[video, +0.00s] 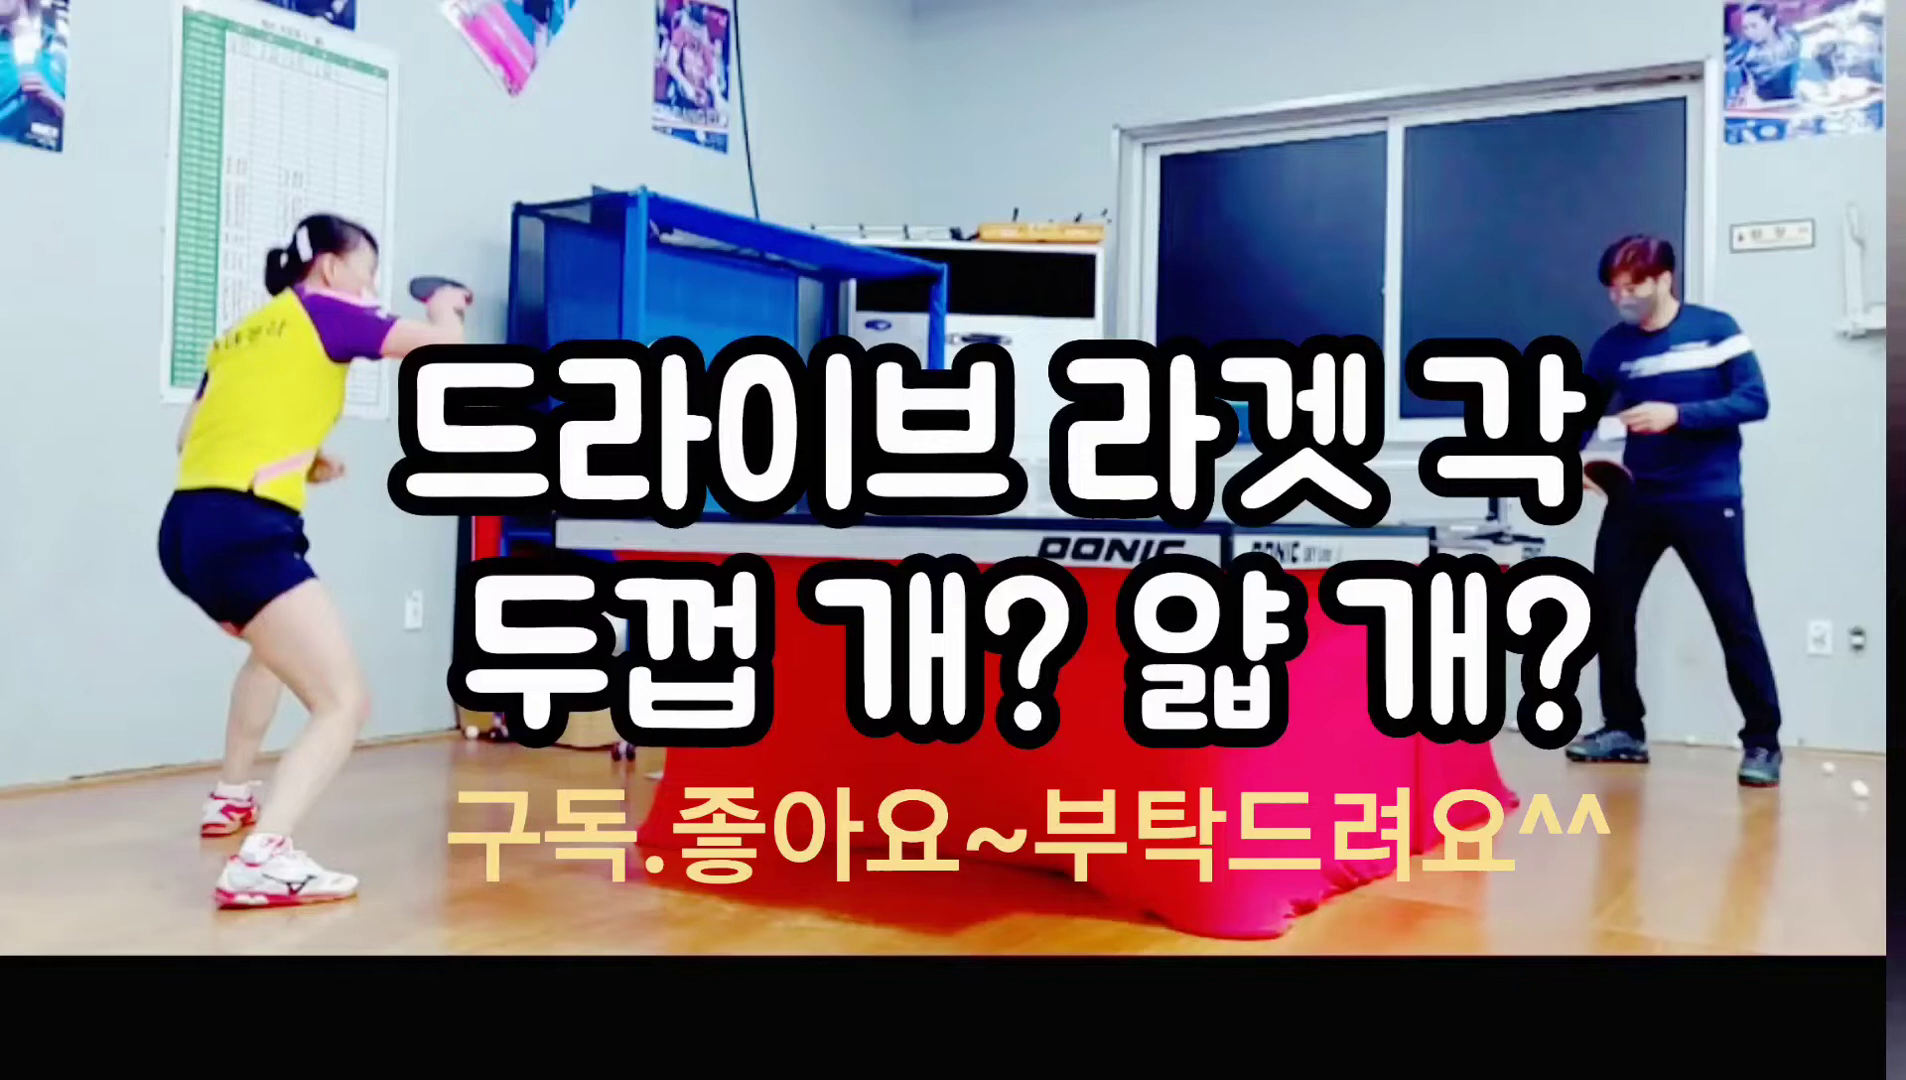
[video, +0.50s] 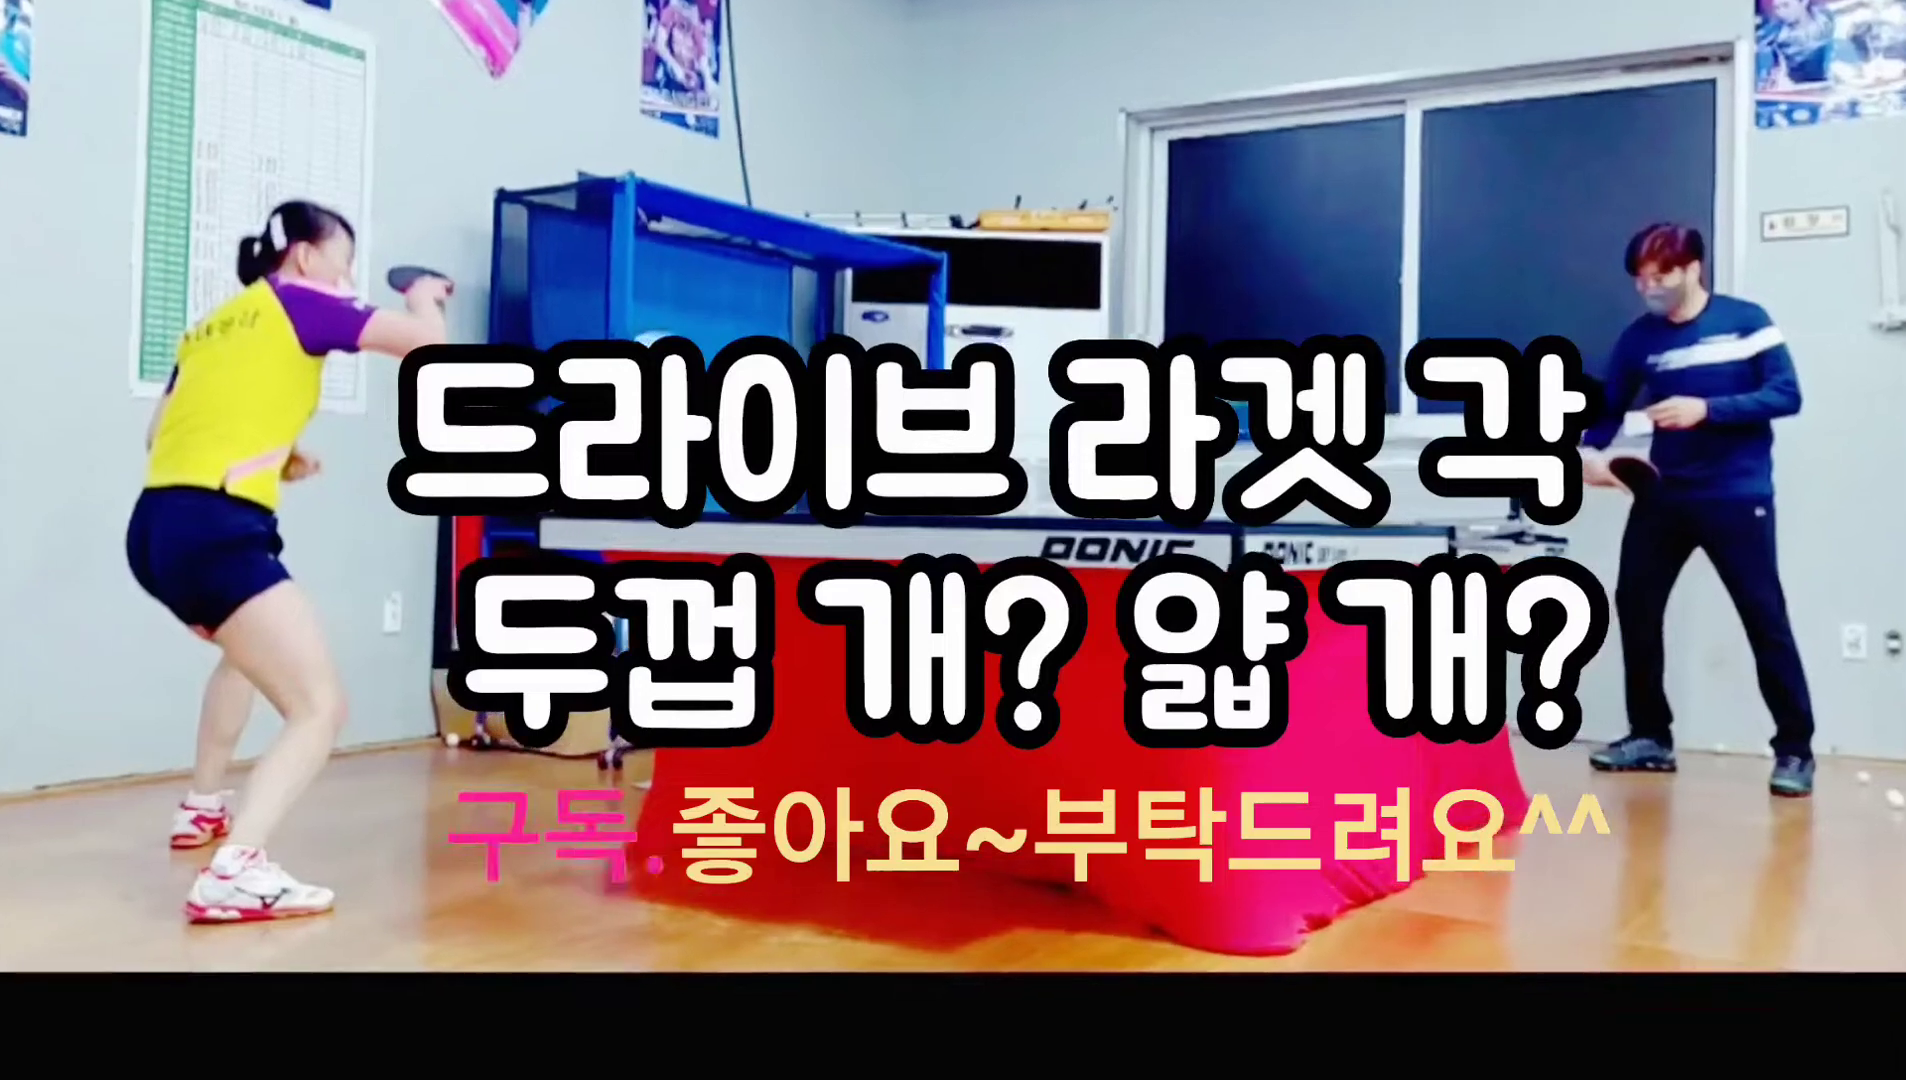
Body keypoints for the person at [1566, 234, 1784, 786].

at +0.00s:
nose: (1619, 297)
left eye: (1630, 286)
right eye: (1613, 288)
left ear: (1663, 280)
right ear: (1608, 290)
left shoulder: (1716, 329)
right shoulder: (1610, 348)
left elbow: (1754, 401)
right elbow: (1579, 421)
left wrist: (1676, 414)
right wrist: (1580, 462)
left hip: (1706, 504)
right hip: (1634, 504)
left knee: (1735, 621)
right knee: (1609, 611)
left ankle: (1761, 744)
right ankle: (1624, 730)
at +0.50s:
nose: (1647, 286)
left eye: (1658, 274)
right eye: (1640, 277)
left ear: (1692, 269)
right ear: (1636, 279)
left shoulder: (1746, 320)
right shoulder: (1639, 338)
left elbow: (1785, 395)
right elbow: (1606, 413)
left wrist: (1706, 409)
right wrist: (1588, 453)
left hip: (1737, 503)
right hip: (1661, 503)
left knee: (1766, 623)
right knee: (1635, 608)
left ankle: (1794, 751)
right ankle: (1651, 737)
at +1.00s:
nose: (1673, 278)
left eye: (1684, 265)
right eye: (1667, 267)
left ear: (1720, 258)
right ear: (1663, 268)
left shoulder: (1776, 312)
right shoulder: (1665, 331)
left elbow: (1817, 389)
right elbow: (1632, 405)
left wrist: (1734, 404)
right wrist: (1615, 450)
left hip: (1767, 501)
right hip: (1690, 501)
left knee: (1797, 625)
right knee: (1661, 608)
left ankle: (1826, 760)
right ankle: (1677, 744)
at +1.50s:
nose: (1702, 265)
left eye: (1714, 252)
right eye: (1695, 254)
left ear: (1751, 247)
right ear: (1691, 257)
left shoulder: (1810, 303)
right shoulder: (1694, 322)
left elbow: (1852, 384)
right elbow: (1661, 397)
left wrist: (1765, 398)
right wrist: (1641, 445)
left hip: (1800, 499)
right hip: (1719, 499)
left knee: (1831, 629)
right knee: (1690, 611)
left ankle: (1861, 768)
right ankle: (1707, 752)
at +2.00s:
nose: (1731, 255)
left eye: (1743, 241)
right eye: (1724, 244)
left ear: (1780, 237)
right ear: (1718, 248)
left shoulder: (1840, 295)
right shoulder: (1722, 313)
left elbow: (1884, 377)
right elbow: (1688, 389)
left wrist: (1795, 393)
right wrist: (1666, 440)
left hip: (1830, 498)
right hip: (1747, 497)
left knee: (1863, 632)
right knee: (1716, 613)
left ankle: (1893, 775)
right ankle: (1732, 760)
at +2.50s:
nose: (1750, 250)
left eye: (1761, 237)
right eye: (1743, 239)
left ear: (1801, 230)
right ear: (1741, 239)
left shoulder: (1869, 289)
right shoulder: (1743, 307)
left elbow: (1900, 375)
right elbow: (1708, 387)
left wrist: (1820, 389)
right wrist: (1687, 436)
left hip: (1857, 497)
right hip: (1769, 498)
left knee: (1892, 636)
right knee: (1738, 615)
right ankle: (1754, 766)